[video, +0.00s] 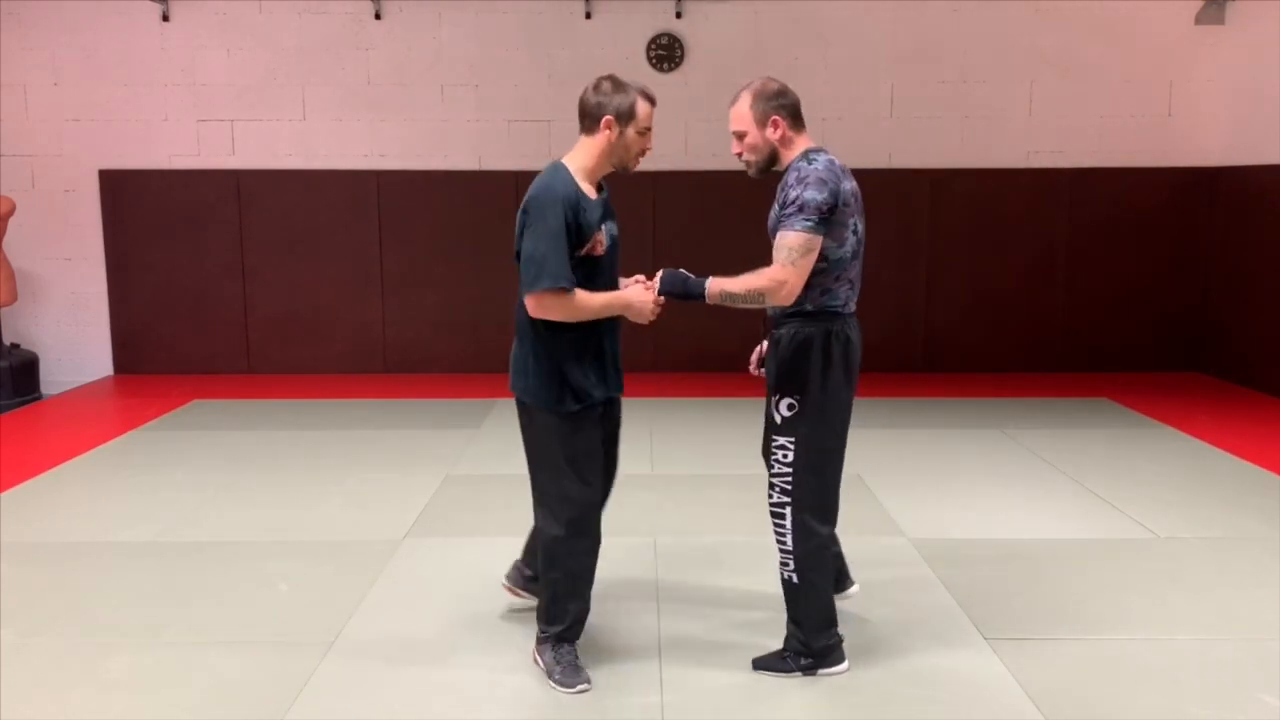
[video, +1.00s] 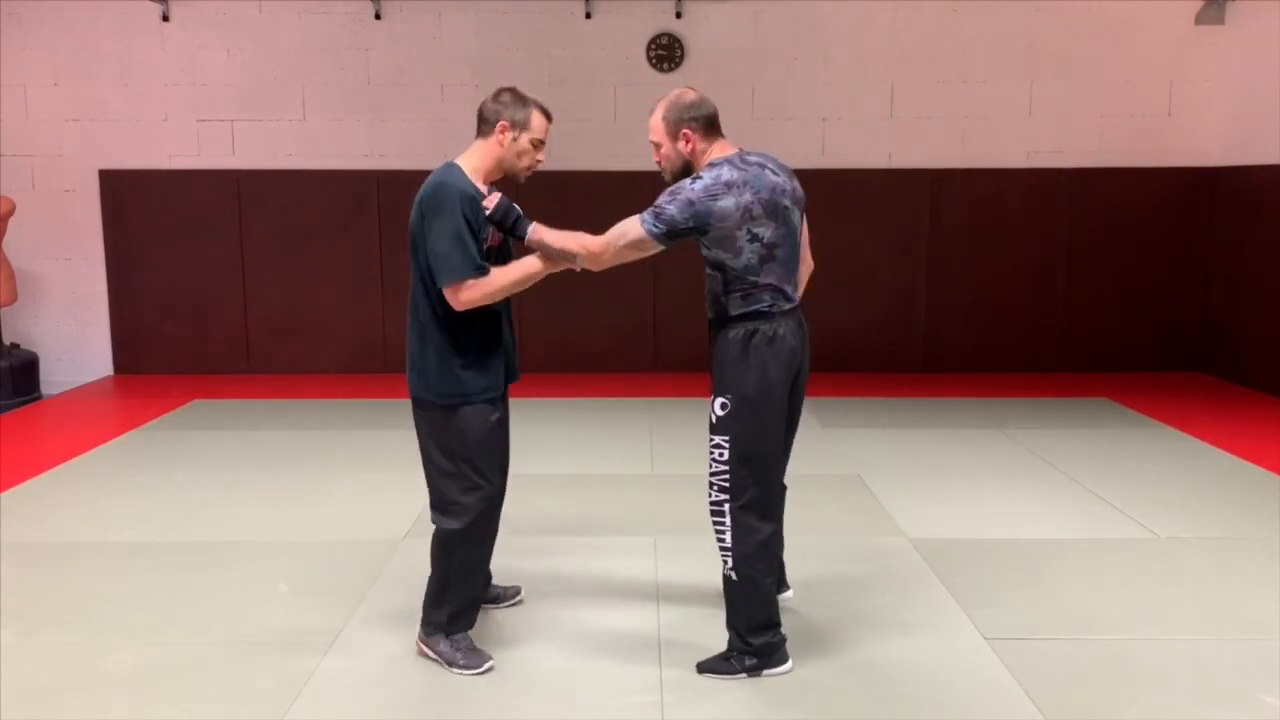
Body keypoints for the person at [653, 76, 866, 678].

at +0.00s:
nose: (734, 146)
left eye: (741, 134)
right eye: (733, 135)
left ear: (776, 128)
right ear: (780, 128)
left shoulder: (810, 180)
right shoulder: (816, 173)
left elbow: (783, 284)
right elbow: (814, 278)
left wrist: (697, 287)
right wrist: (778, 336)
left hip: (812, 346)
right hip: (816, 340)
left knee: (791, 496)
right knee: (801, 470)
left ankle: (813, 645)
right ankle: (829, 569)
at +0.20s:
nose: (719, 149)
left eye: (725, 137)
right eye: (718, 138)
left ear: (760, 131)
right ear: (762, 132)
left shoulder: (798, 182)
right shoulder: (787, 180)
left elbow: (773, 284)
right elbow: (791, 282)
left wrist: (692, 288)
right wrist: (759, 343)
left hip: (798, 345)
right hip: (784, 343)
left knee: (788, 492)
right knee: (775, 476)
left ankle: (815, 642)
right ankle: (777, 579)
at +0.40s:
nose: (709, 153)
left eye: (715, 141)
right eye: (707, 141)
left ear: (750, 132)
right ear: (751, 134)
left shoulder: (789, 181)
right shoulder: (775, 180)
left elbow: (754, 278)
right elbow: (766, 281)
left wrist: (670, 270)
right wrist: (743, 341)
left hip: (783, 344)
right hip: (778, 341)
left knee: (738, 480)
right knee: (774, 474)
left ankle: (791, 622)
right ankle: (774, 585)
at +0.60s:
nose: (694, 152)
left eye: (699, 139)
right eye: (692, 140)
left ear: (735, 132)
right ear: (737, 133)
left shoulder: (767, 183)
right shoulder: (770, 175)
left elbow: (710, 272)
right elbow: (766, 272)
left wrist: (631, 243)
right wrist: (728, 329)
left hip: (765, 342)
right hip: (773, 339)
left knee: (732, 486)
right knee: (771, 474)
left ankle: (754, 642)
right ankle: (783, 586)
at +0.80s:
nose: (669, 153)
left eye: (673, 141)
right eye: (667, 141)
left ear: (707, 135)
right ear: (719, 133)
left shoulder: (720, 190)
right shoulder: (775, 172)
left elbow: (623, 252)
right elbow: (769, 259)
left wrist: (535, 242)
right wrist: (731, 314)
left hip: (758, 346)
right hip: (788, 338)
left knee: (737, 495)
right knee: (776, 474)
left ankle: (755, 645)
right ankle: (782, 578)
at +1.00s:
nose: (655, 155)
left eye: (658, 143)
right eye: (653, 144)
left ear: (688, 137)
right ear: (708, 133)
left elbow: (599, 250)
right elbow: (803, 264)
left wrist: (522, 228)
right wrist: (773, 317)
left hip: (749, 346)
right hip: (784, 338)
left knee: (736, 496)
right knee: (762, 477)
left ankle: (757, 645)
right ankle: (767, 577)